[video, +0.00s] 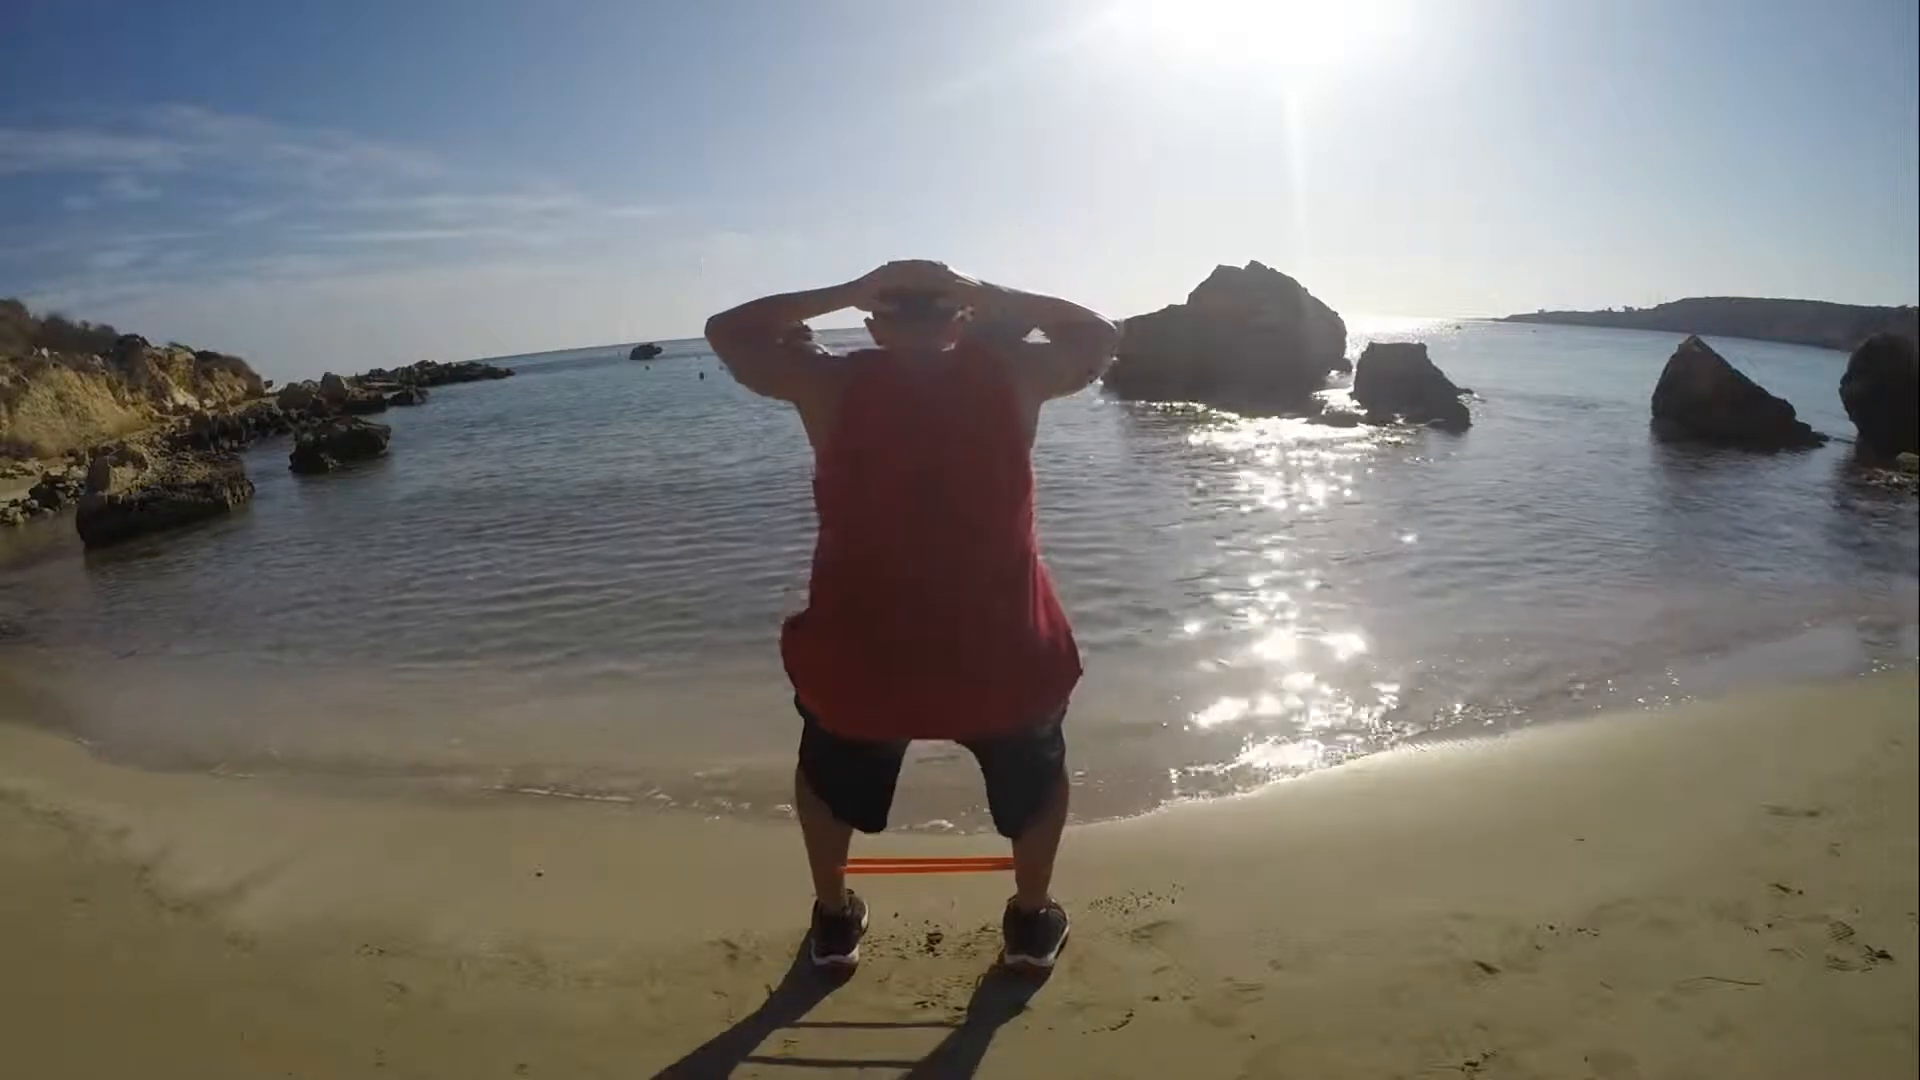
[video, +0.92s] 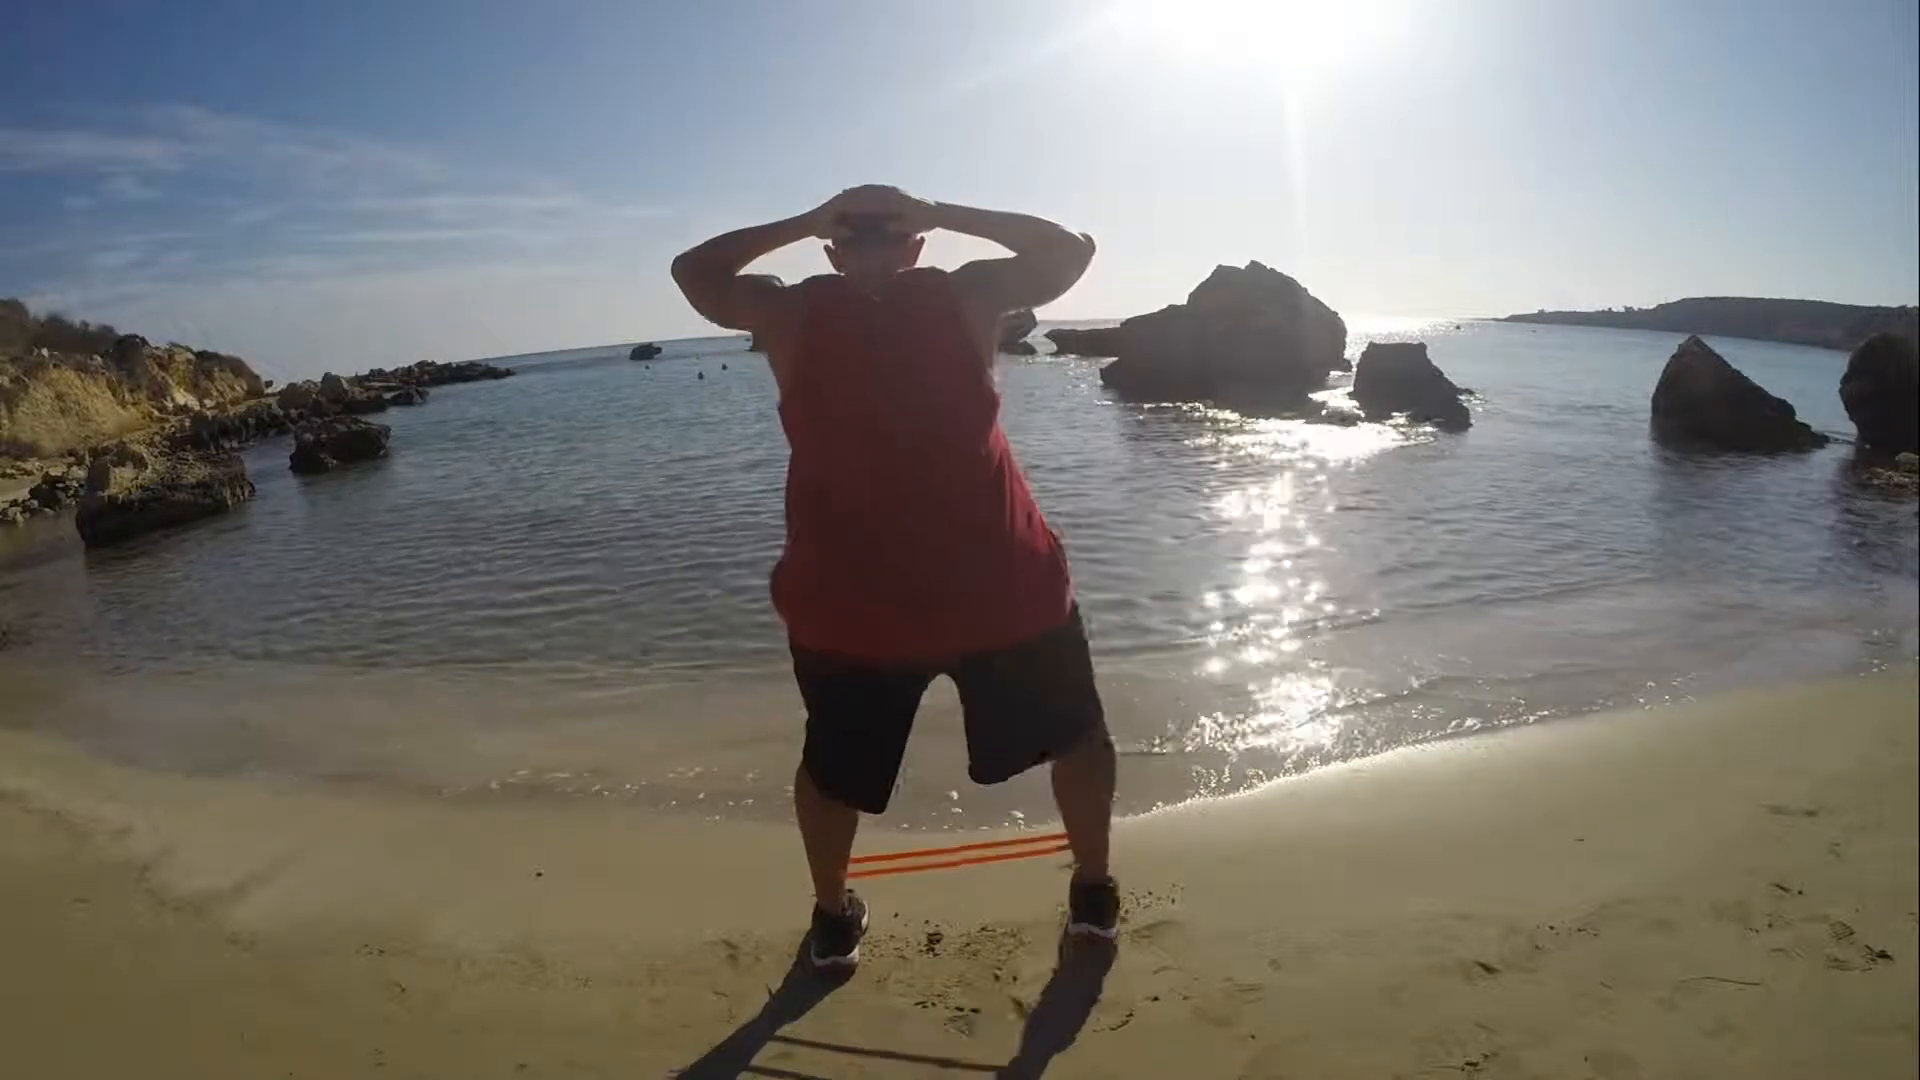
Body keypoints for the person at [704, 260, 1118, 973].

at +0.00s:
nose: (900, 306)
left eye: (894, 300)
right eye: (912, 296)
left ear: (875, 321)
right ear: (963, 316)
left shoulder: (828, 380)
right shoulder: (1009, 373)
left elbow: (728, 329)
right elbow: (1099, 335)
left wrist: (849, 293)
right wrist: (994, 296)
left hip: (863, 658)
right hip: (998, 655)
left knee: (827, 762)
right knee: (1035, 768)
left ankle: (832, 915)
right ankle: (1030, 917)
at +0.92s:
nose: (869, 241)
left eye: (868, 229)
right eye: (873, 228)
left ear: (833, 242)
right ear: (919, 242)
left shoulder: (791, 311)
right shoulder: (970, 296)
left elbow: (695, 271)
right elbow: (1067, 249)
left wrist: (806, 224)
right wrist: (945, 214)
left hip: (852, 580)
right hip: (998, 567)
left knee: (834, 760)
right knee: (1077, 731)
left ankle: (831, 919)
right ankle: (1095, 890)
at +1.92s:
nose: (1146, 245)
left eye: (1145, 230)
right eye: (1148, 229)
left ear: (1128, 239)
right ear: (1209, 237)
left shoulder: (1102, 307)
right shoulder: (1267, 294)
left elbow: (972, 254)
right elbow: (1345, 251)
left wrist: (1096, 213)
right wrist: (1234, 210)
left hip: (1127, 584)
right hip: (1258, 582)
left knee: (1083, 752)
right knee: (1271, 751)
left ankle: (1105, 907)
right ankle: (1265, 905)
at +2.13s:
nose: (1144, 243)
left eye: (1137, 232)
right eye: (1161, 227)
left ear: (1120, 248)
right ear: (1203, 246)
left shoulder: (1089, 310)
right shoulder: (1259, 303)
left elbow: (960, 257)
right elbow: (1334, 263)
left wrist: (1092, 223)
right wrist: (1224, 221)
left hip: (1087, 566)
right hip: (1225, 581)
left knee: (959, 718)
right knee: (1249, 744)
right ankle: (1260, 908)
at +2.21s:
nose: (1135, 258)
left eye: (1126, 244)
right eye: (1150, 245)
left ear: (1107, 254)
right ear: (1184, 253)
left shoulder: (1068, 315)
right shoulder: (1238, 311)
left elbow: (943, 262)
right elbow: (1316, 269)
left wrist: (1077, 228)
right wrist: (1208, 229)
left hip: (1058, 572)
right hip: (1201, 586)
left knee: (909, 726)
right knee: (1240, 748)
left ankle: (822, 881)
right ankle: (1257, 907)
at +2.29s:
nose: (1093, 264)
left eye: (1090, 253)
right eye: (1110, 252)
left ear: (1077, 265)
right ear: (1157, 267)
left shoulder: (1034, 328)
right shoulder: (1209, 326)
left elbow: (911, 273)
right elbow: (1289, 275)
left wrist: (1042, 239)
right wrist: (1177, 237)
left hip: (1021, 594)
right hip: (1170, 606)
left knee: (875, 750)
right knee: (1230, 757)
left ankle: (784, 901)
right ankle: (1255, 904)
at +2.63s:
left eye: (880, 220)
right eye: (925, 220)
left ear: (860, 244)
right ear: (946, 244)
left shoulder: (809, 306)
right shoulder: (991, 303)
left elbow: (708, 251)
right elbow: (1102, 257)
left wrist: (830, 220)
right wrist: (974, 217)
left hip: (833, 585)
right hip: (985, 575)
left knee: (779, 761)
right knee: (1094, 739)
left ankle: (768, 925)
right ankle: (1141, 900)